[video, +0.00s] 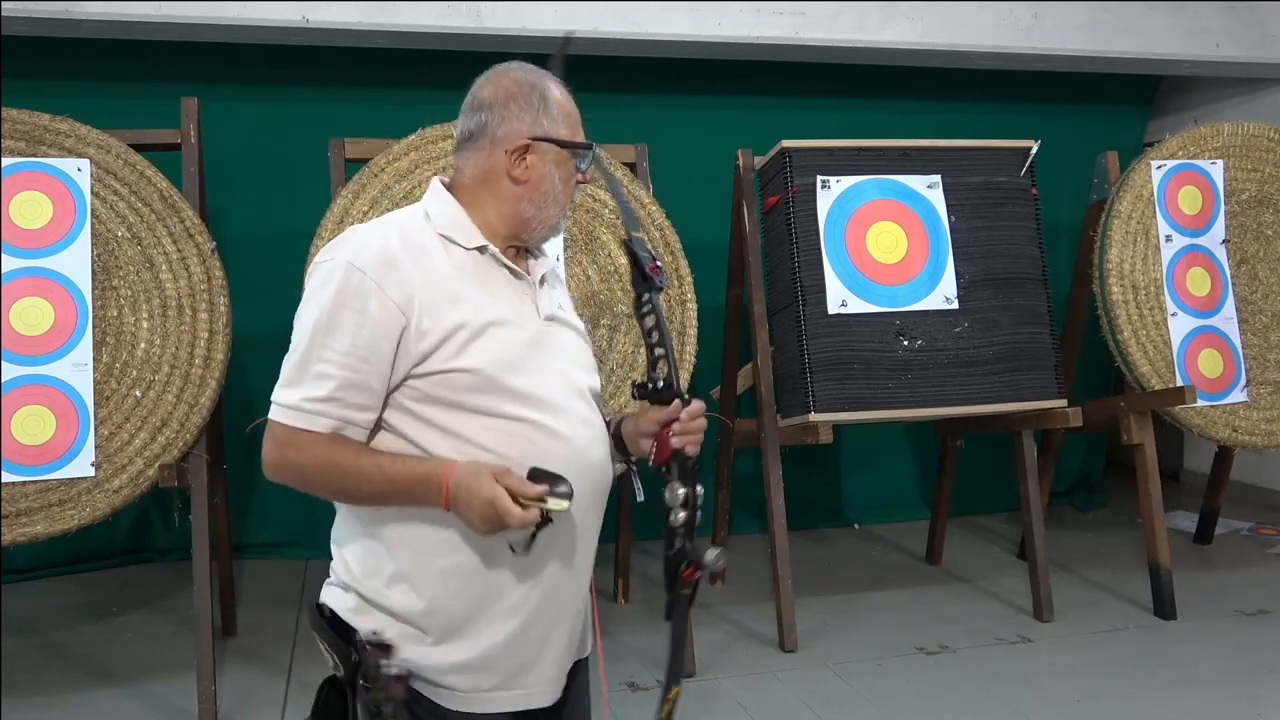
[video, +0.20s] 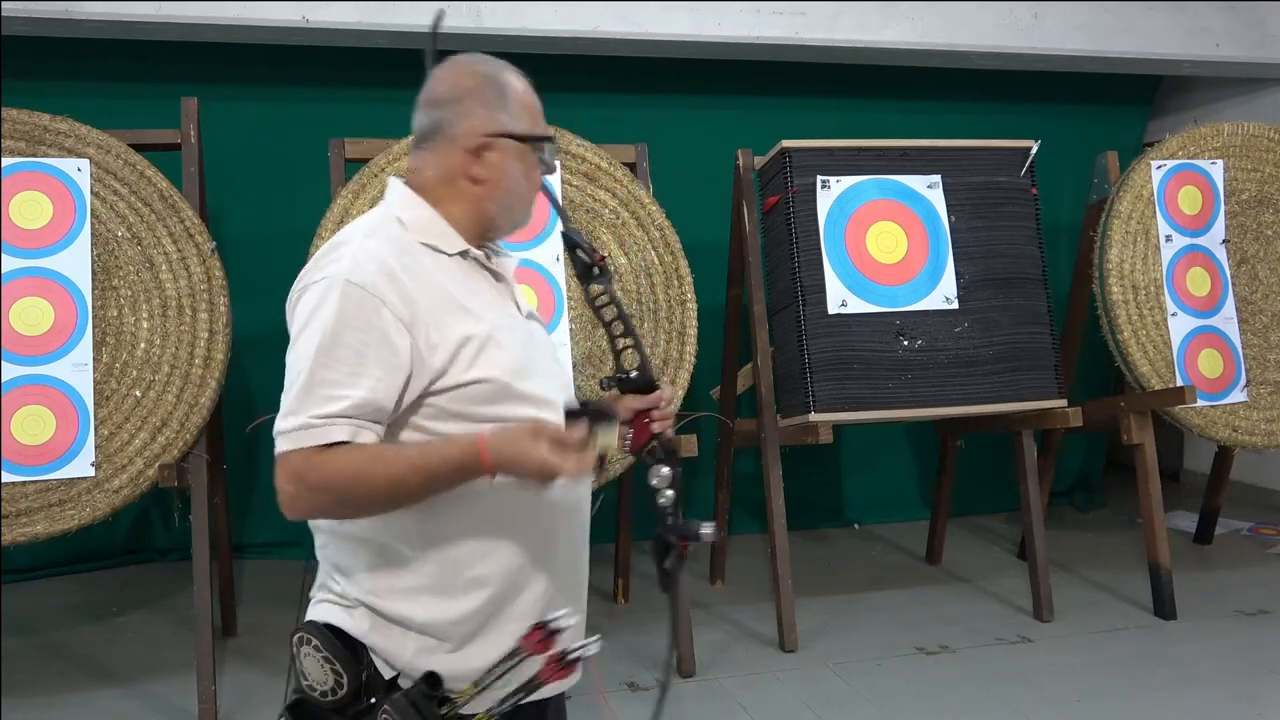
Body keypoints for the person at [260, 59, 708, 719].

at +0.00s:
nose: (580, 182)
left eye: (581, 162)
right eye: (573, 159)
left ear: (517, 162)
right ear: (521, 161)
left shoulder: (538, 265)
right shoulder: (372, 265)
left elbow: (534, 425)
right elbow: (289, 450)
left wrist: (629, 432)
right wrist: (449, 484)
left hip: (552, 649)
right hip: (430, 667)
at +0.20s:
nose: (547, 177)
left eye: (547, 156)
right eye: (540, 154)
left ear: (480, 161)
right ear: (481, 158)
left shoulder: (478, 268)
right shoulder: (361, 275)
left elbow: (477, 423)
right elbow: (304, 482)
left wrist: (600, 419)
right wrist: (489, 452)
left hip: (517, 669)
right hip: (403, 682)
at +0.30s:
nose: (515, 147)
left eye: (514, 126)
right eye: (490, 125)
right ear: (407, 145)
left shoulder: (458, 258)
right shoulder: (342, 275)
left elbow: (458, 425)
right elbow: (328, 487)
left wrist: (571, 428)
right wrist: (496, 394)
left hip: (506, 663)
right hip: (393, 677)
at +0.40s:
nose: (443, 138)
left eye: (455, 117)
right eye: (408, 119)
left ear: (470, 131)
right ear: (345, 151)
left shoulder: (464, 255)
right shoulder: (312, 283)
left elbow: (454, 437)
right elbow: (332, 488)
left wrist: (550, 450)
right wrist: (463, 341)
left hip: (509, 662)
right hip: (377, 677)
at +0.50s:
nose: (400, 143)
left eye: (415, 118)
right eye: (362, 124)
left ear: (437, 132)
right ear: (311, 154)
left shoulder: (437, 249)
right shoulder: (286, 285)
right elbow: (309, 491)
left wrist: (540, 479)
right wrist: (397, 307)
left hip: (507, 658)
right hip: (368, 677)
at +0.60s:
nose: (367, 149)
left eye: (386, 123)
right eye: (331, 132)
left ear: (415, 138)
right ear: (287, 158)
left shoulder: (438, 248)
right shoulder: (257, 289)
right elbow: (260, 496)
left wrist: (522, 514)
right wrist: (336, 312)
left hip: (501, 656)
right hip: (346, 678)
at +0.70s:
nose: (352, 155)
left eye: (370, 125)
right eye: (317, 136)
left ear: (401, 133)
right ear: (275, 158)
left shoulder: (439, 251)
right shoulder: (235, 294)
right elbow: (195, 510)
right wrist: (290, 360)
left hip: (502, 674)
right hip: (330, 691)